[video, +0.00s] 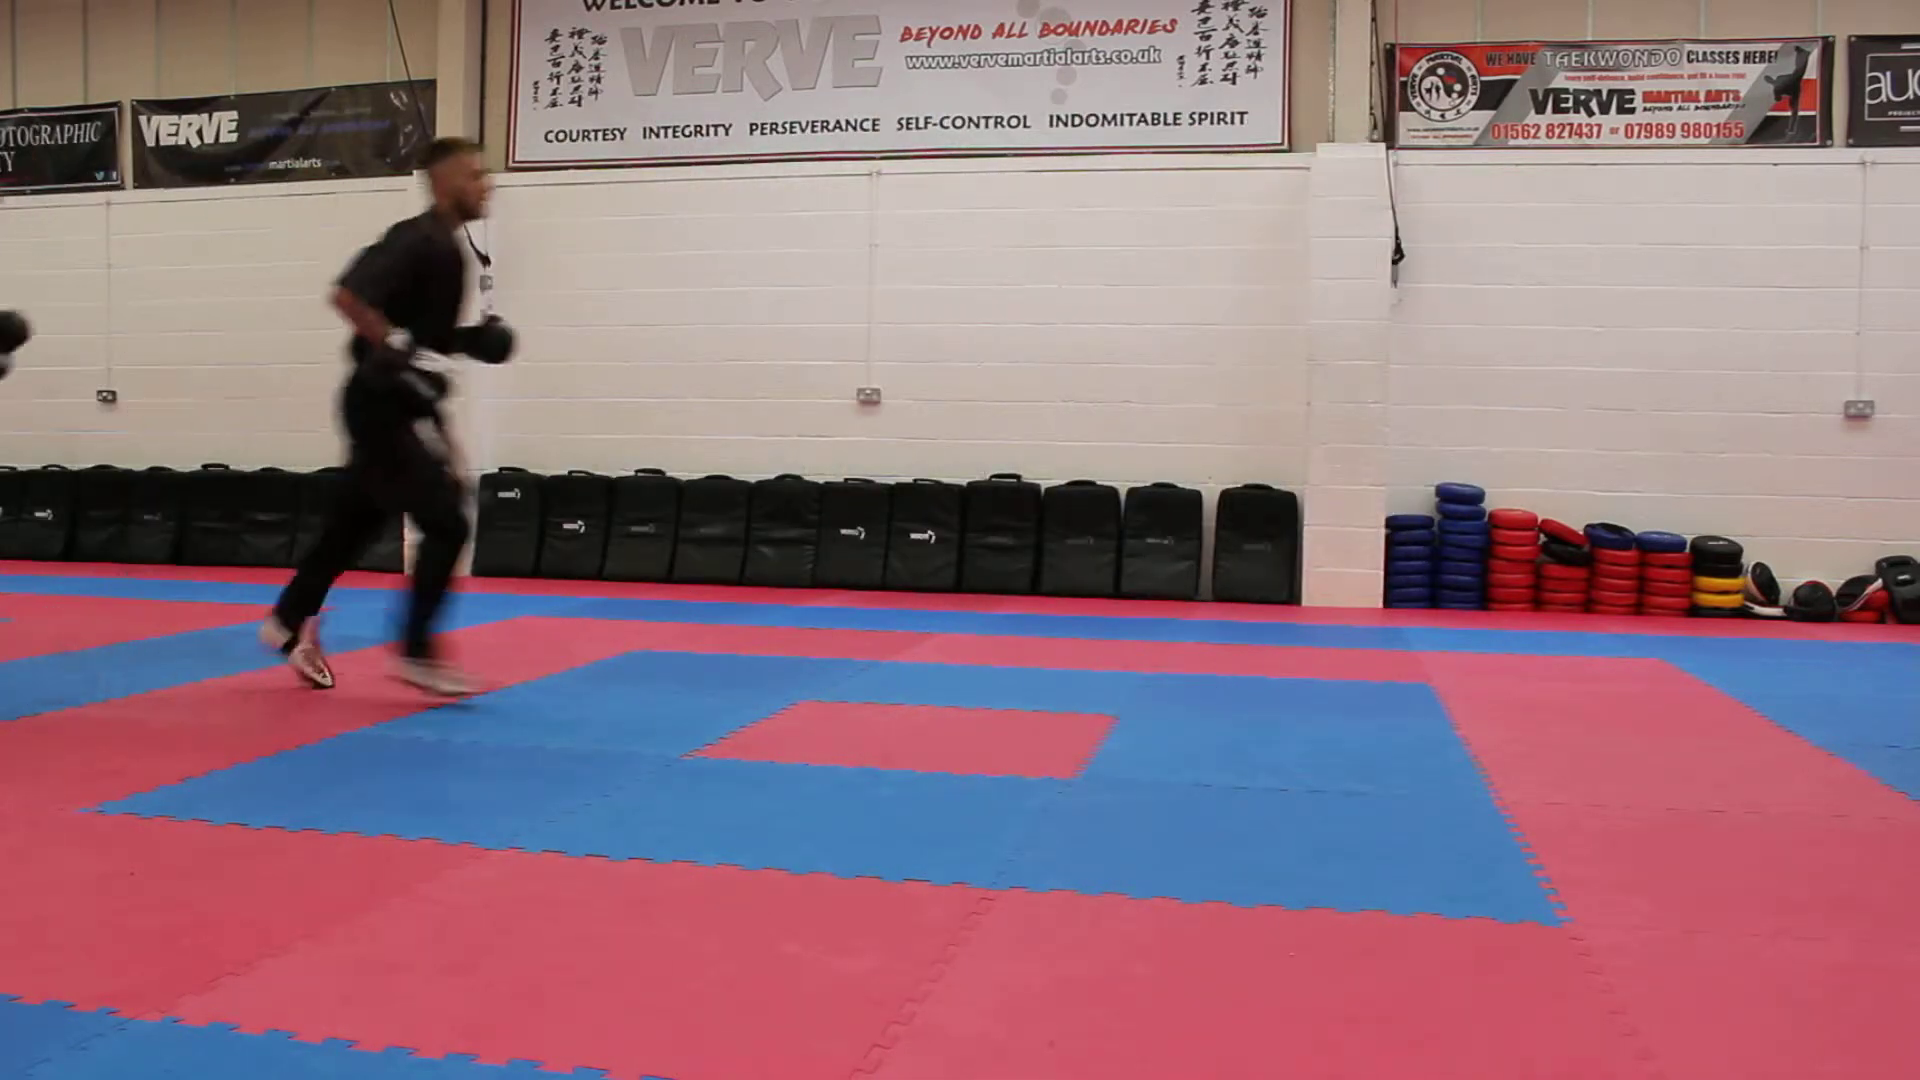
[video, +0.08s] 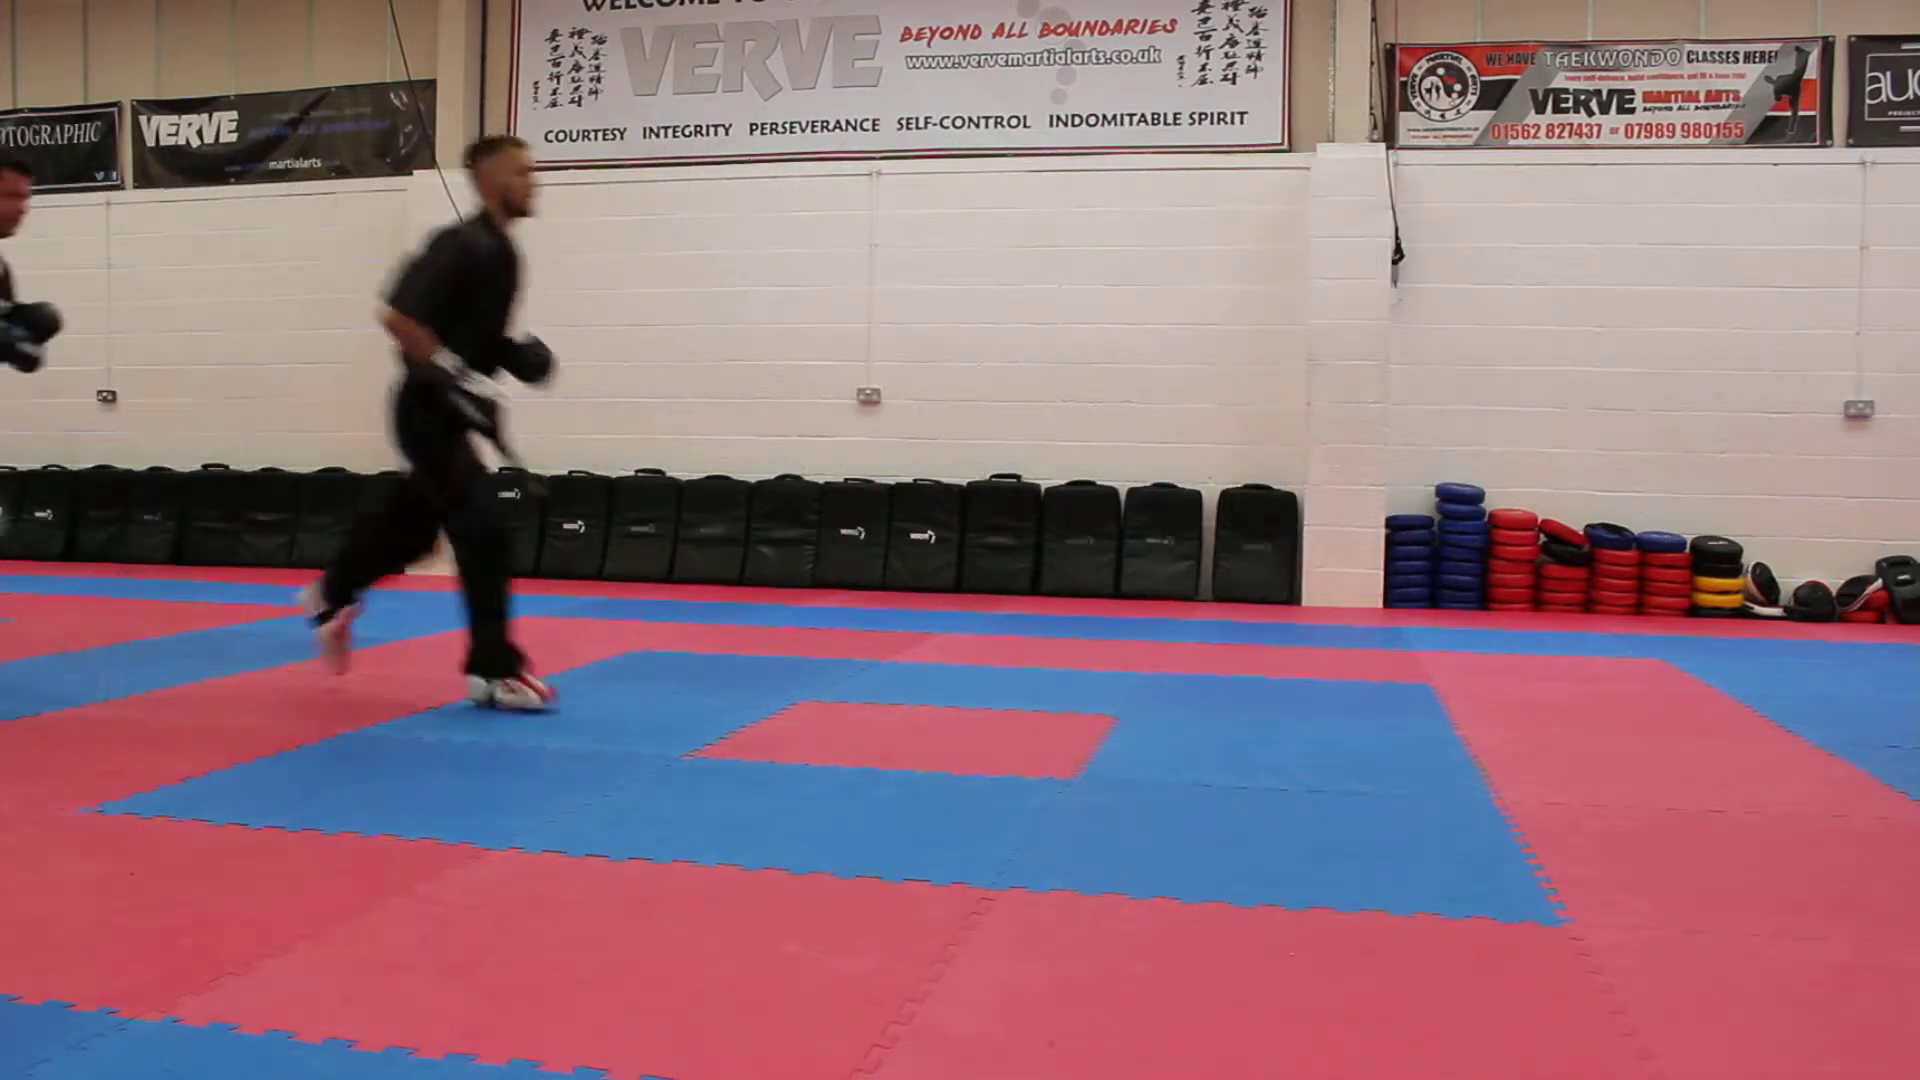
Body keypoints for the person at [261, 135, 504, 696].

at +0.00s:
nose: (485, 185)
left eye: (483, 175)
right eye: (474, 176)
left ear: (460, 183)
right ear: (442, 183)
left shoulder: (449, 248)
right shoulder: (416, 239)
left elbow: (426, 327)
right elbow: (349, 295)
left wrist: (473, 339)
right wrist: (397, 347)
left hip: (399, 397)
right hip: (380, 401)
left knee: (361, 514)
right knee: (446, 520)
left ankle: (287, 619)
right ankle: (416, 652)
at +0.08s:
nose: (532, 182)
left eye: (532, 172)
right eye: (520, 173)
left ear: (515, 182)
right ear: (486, 180)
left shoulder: (501, 253)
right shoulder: (458, 246)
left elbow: (473, 331)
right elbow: (401, 317)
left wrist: (514, 354)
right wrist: (452, 375)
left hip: (454, 402)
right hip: (427, 404)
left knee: (414, 523)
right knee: (481, 525)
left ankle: (334, 593)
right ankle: (493, 667)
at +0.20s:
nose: (602, 192)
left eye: (600, 182)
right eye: (590, 182)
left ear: (571, 192)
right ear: (555, 189)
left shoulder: (563, 262)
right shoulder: (533, 262)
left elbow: (543, 355)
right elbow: (500, 361)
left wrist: (580, 393)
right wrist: (559, 394)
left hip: (533, 421)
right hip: (508, 424)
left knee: (536, 541)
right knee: (541, 547)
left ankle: (461, 591)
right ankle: (508, 676)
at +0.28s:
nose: (651, 175)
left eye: (651, 165)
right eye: (639, 165)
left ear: (636, 173)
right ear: (605, 170)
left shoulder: (616, 244)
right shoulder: (590, 243)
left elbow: (595, 341)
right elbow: (558, 340)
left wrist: (650, 365)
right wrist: (626, 354)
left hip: (594, 407)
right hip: (562, 409)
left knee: (616, 542)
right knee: (558, 539)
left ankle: (550, 622)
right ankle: (513, 662)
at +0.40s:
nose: (735, 150)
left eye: (734, 139)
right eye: (723, 139)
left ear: (709, 147)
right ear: (688, 145)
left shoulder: (699, 218)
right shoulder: (675, 217)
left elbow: (683, 306)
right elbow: (653, 308)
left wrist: (727, 328)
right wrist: (718, 321)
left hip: (689, 395)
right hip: (657, 396)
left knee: (714, 525)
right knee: (613, 521)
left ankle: (728, 663)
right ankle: (538, 635)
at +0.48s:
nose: (789, 162)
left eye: (789, 151)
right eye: (778, 151)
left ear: (764, 160)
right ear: (744, 157)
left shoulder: (755, 228)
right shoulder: (732, 226)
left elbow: (745, 320)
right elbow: (700, 318)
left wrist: (788, 353)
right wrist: (775, 353)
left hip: (741, 404)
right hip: (719, 407)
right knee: (758, 541)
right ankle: (779, 686)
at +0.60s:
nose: (871, 163)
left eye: (873, 151)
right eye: (857, 151)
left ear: (870, 160)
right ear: (823, 159)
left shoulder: (864, 249)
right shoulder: (792, 235)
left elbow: (852, 331)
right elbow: (740, 321)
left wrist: (890, 337)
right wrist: (805, 351)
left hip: (846, 413)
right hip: (802, 411)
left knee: (849, 545)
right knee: (845, 541)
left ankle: (789, 686)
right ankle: (775, 669)